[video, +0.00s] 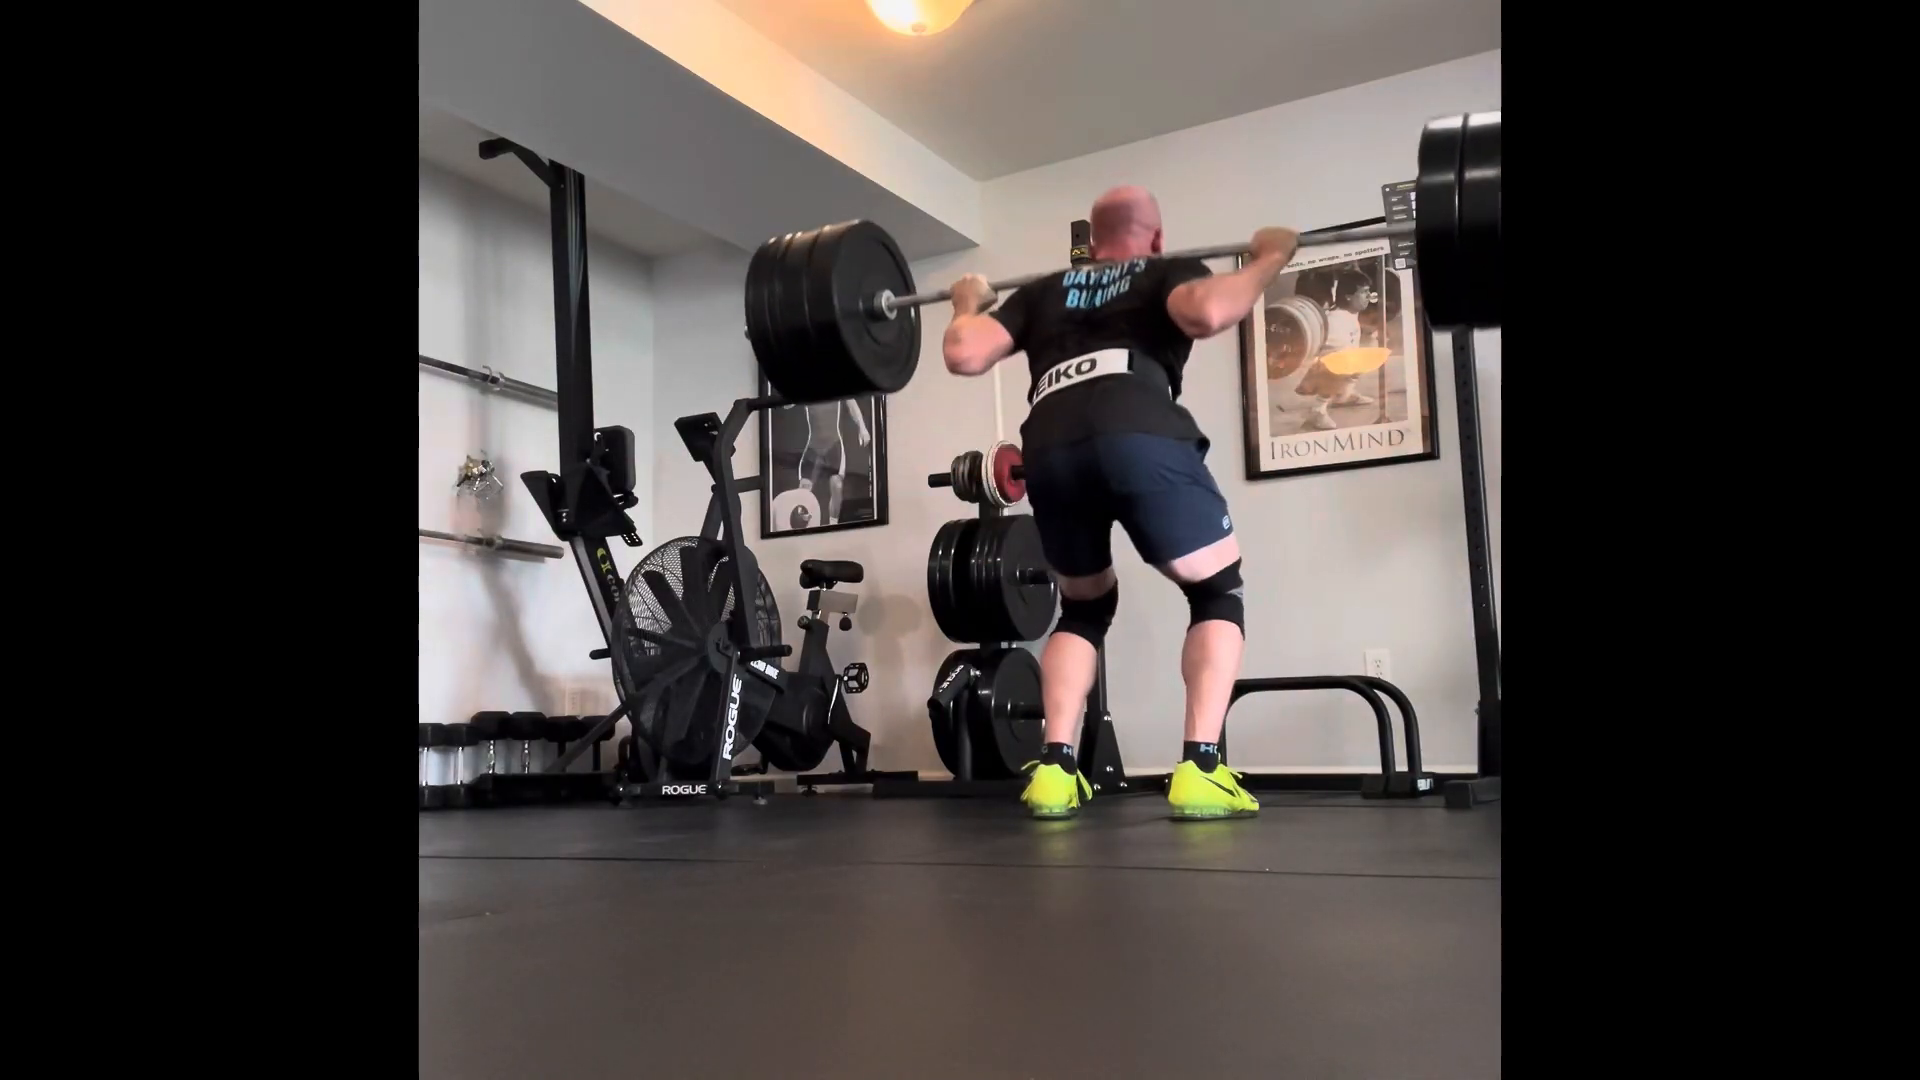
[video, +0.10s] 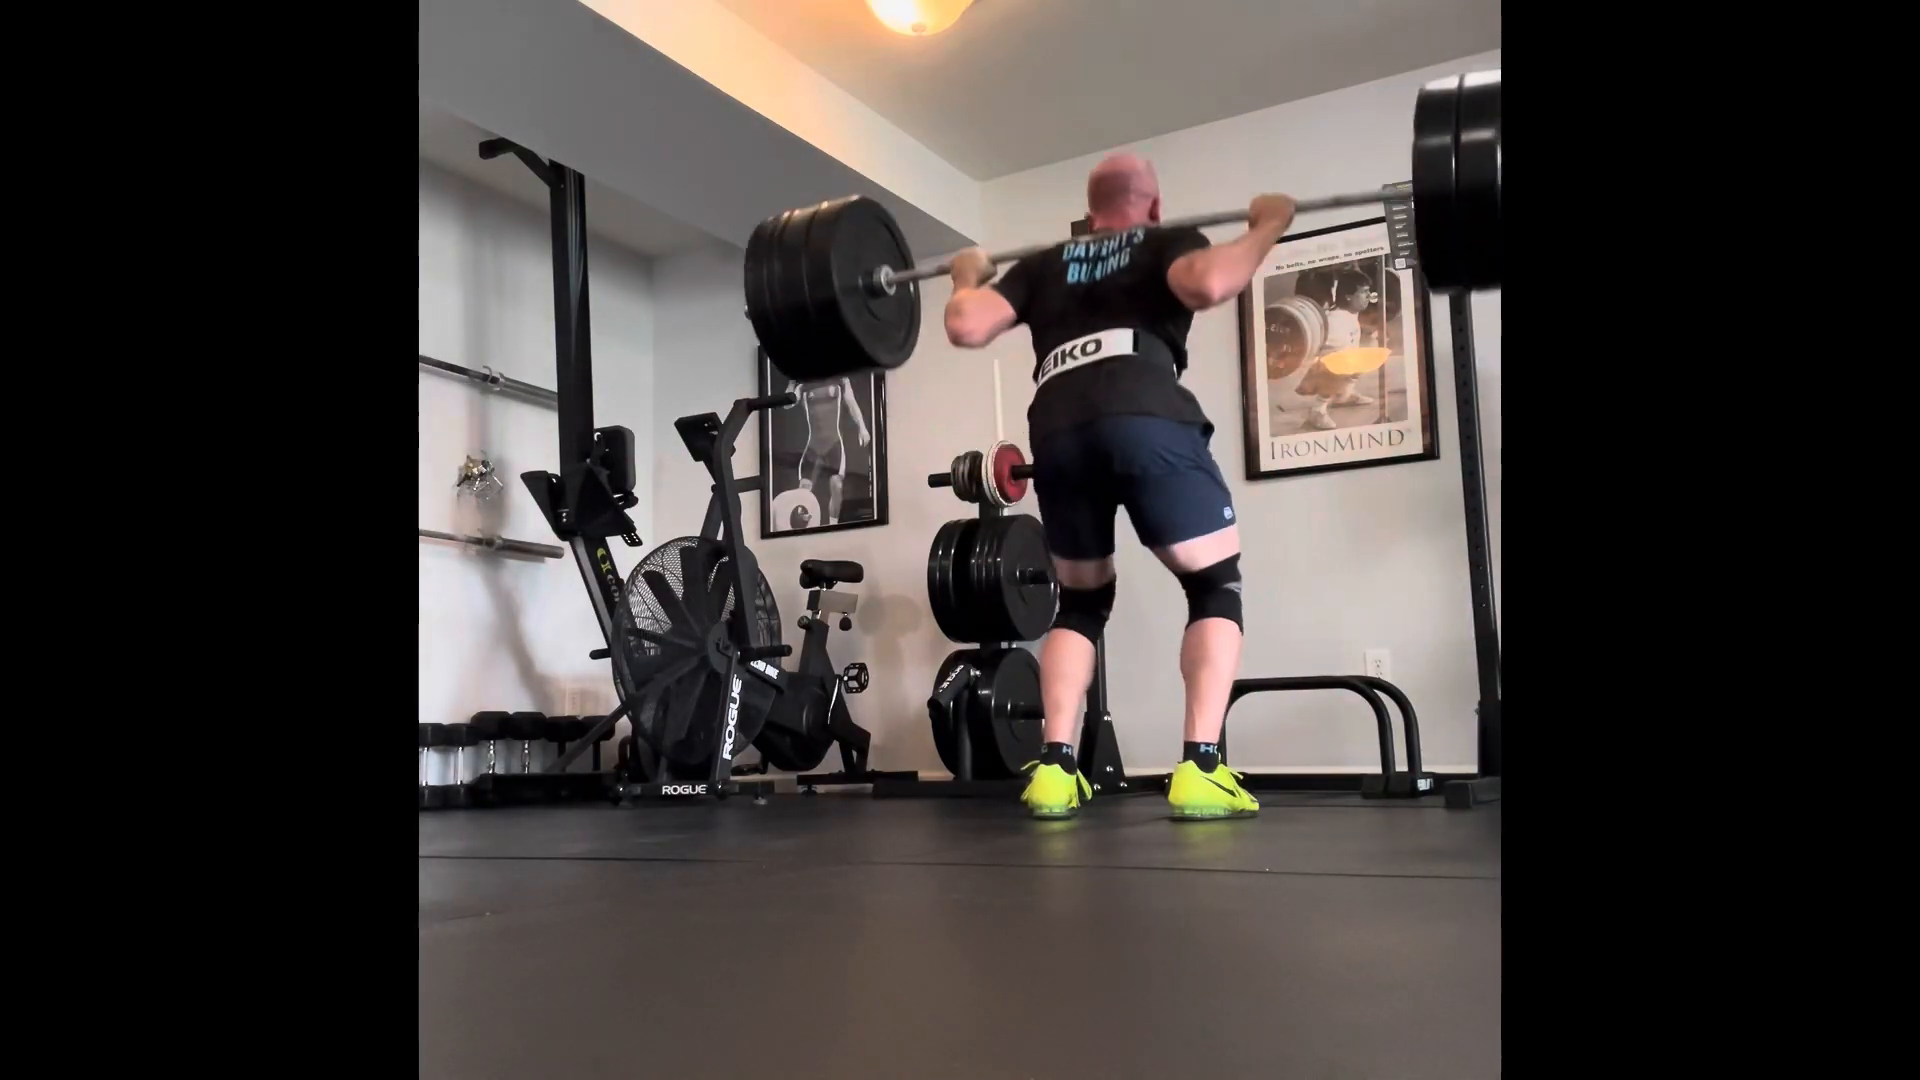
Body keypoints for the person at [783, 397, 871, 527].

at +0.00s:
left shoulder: (838, 392)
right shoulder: (806, 393)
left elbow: (852, 406)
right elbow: (787, 404)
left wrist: (862, 428)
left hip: (834, 445)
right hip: (813, 446)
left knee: (836, 484)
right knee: (804, 486)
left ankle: (833, 526)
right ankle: (799, 526)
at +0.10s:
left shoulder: (841, 380)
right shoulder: (803, 384)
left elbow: (851, 404)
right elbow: (787, 404)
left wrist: (862, 427)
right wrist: (793, 386)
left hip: (835, 444)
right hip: (813, 446)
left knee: (836, 484)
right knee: (805, 486)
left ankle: (833, 527)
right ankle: (800, 526)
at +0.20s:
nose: (818, 361)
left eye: (822, 356)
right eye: (815, 358)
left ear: (829, 359)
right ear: (811, 362)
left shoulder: (840, 379)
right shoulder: (804, 387)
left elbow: (851, 405)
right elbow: (787, 404)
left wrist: (862, 429)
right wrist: (791, 383)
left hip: (834, 443)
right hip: (813, 444)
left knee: (836, 485)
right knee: (805, 486)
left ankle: (832, 528)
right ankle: (802, 526)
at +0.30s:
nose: (818, 360)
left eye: (822, 356)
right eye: (815, 357)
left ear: (829, 359)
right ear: (811, 361)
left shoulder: (840, 380)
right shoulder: (803, 386)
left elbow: (851, 404)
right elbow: (787, 405)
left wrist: (862, 428)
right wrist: (791, 384)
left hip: (834, 442)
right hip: (813, 444)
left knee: (836, 485)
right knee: (804, 485)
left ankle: (832, 527)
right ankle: (803, 526)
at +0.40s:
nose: (818, 361)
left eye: (822, 356)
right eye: (815, 357)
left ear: (829, 359)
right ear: (811, 361)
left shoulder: (840, 379)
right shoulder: (803, 386)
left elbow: (851, 404)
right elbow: (787, 405)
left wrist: (862, 428)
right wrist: (791, 384)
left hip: (834, 442)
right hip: (813, 444)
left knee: (836, 485)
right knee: (804, 485)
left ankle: (832, 527)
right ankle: (803, 527)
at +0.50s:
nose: (819, 361)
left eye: (822, 357)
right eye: (815, 358)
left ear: (829, 359)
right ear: (811, 362)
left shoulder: (840, 379)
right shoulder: (803, 387)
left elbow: (851, 404)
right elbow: (787, 404)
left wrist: (862, 428)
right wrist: (792, 382)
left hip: (834, 443)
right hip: (813, 445)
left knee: (836, 485)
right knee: (804, 486)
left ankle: (832, 528)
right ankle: (802, 527)